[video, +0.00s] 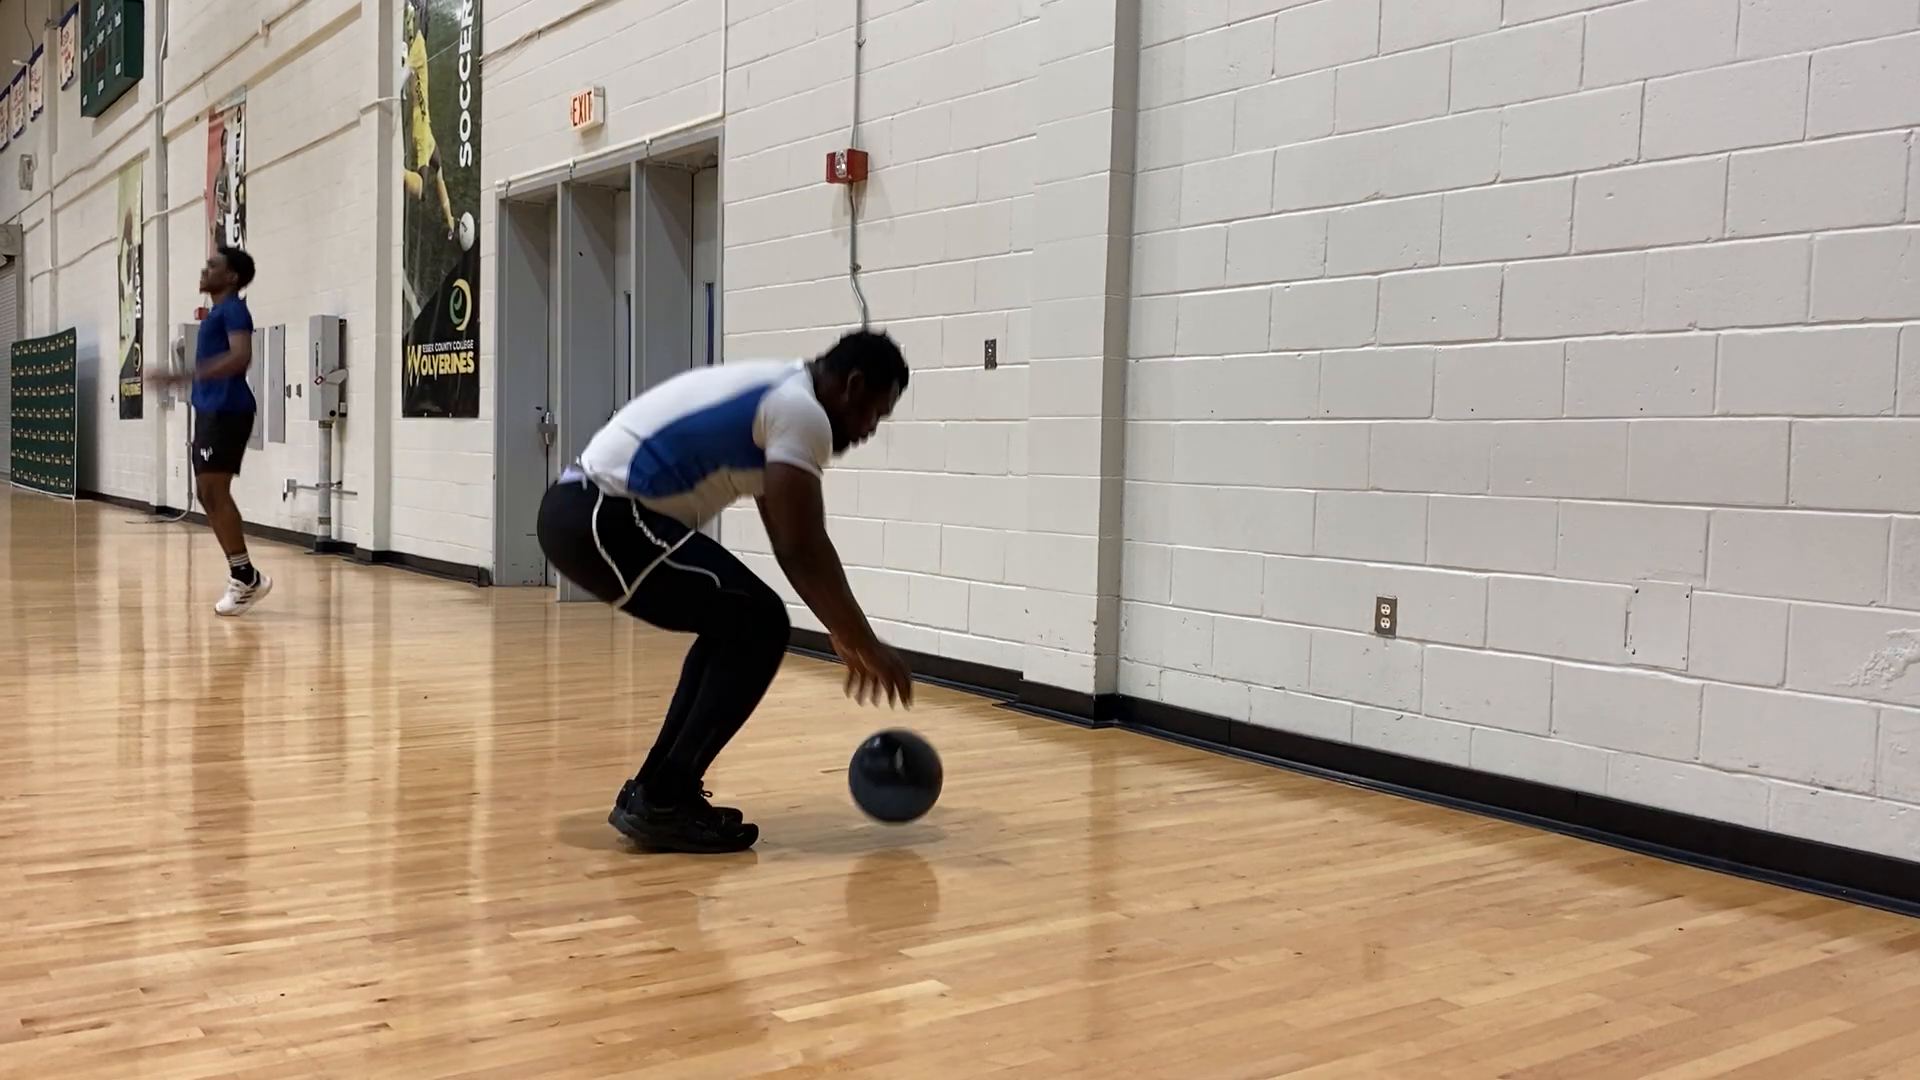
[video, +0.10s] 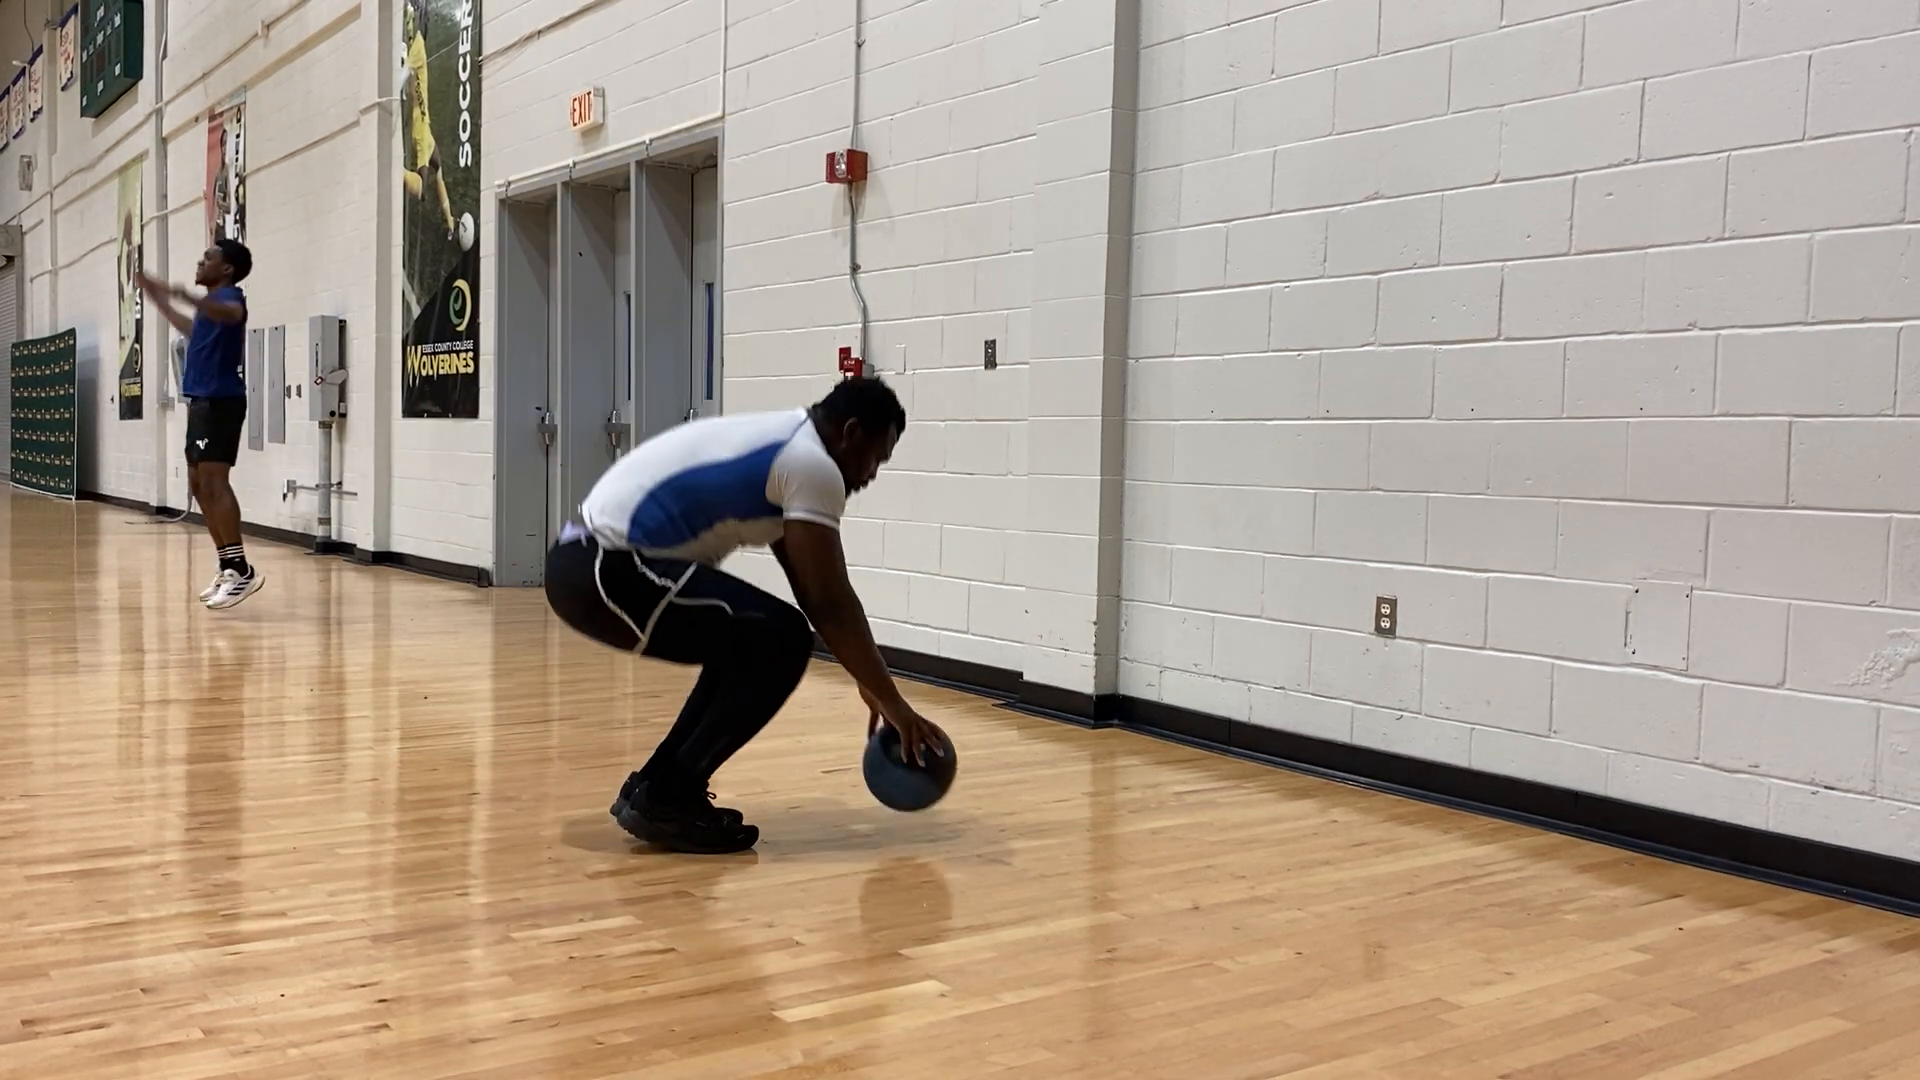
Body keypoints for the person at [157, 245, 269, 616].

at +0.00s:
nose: (205, 268)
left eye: (213, 265)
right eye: (208, 263)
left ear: (231, 277)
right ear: (222, 275)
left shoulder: (233, 309)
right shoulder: (216, 312)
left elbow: (240, 356)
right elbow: (213, 365)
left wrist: (191, 375)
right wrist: (173, 379)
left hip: (227, 410)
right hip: (211, 410)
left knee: (214, 491)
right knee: (205, 492)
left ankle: (244, 579)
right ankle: (244, 576)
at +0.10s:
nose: (201, 261)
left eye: (209, 258)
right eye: (204, 256)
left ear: (227, 269)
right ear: (220, 268)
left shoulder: (229, 295)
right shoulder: (210, 303)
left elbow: (231, 313)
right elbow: (191, 328)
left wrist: (182, 294)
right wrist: (156, 298)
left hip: (220, 402)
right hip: (202, 401)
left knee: (213, 484)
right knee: (200, 486)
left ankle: (241, 572)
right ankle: (228, 569)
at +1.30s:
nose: (119, 274)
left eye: (128, 271)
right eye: (120, 271)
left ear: (142, 285)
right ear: (133, 286)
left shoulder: (141, 313)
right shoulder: (125, 314)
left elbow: (134, 263)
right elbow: (114, 273)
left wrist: (123, 213)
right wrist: (103, 230)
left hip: (137, 423)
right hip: (125, 423)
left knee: (118, 507)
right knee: (114, 508)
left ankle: (163, 583)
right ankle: (161, 581)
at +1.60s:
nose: (84, 273)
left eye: (91, 269)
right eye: (88, 268)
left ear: (105, 281)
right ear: (104, 281)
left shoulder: (111, 314)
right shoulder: (96, 317)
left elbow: (128, 367)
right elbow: (97, 379)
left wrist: (105, 402)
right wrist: (71, 406)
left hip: (113, 416)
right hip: (98, 416)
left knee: (81, 503)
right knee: (80, 504)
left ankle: (117, 589)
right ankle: (115, 587)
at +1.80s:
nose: (71, 264)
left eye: (78, 260)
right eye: (75, 258)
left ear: (94, 270)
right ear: (91, 270)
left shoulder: (98, 305)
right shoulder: (84, 309)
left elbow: (113, 357)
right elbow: (75, 368)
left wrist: (80, 377)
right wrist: (40, 373)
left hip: (95, 413)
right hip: (83, 412)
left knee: (76, 496)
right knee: (71, 498)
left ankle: (107, 584)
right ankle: (110, 582)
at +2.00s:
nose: (57, 262)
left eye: (66, 258)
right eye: (60, 257)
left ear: (81, 266)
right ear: (66, 269)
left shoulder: (88, 296)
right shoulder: (68, 298)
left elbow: (103, 271)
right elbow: (53, 271)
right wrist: (45, 228)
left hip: (82, 405)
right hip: (67, 405)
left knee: (67, 494)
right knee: (65, 494)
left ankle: (95, 583)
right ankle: (94, 581)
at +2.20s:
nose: (48, 266)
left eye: (57, 261)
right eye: (49, 261)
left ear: (71, 271)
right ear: (52, 272)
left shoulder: (74, 304)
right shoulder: (54, 305)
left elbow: (83, 268)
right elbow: (42, 270)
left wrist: (63, 215)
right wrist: (35, 226)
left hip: (65, 414)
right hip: (51, 414)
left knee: (53, 503)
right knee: (50, 504)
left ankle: (94, 586)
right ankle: (93, 584)